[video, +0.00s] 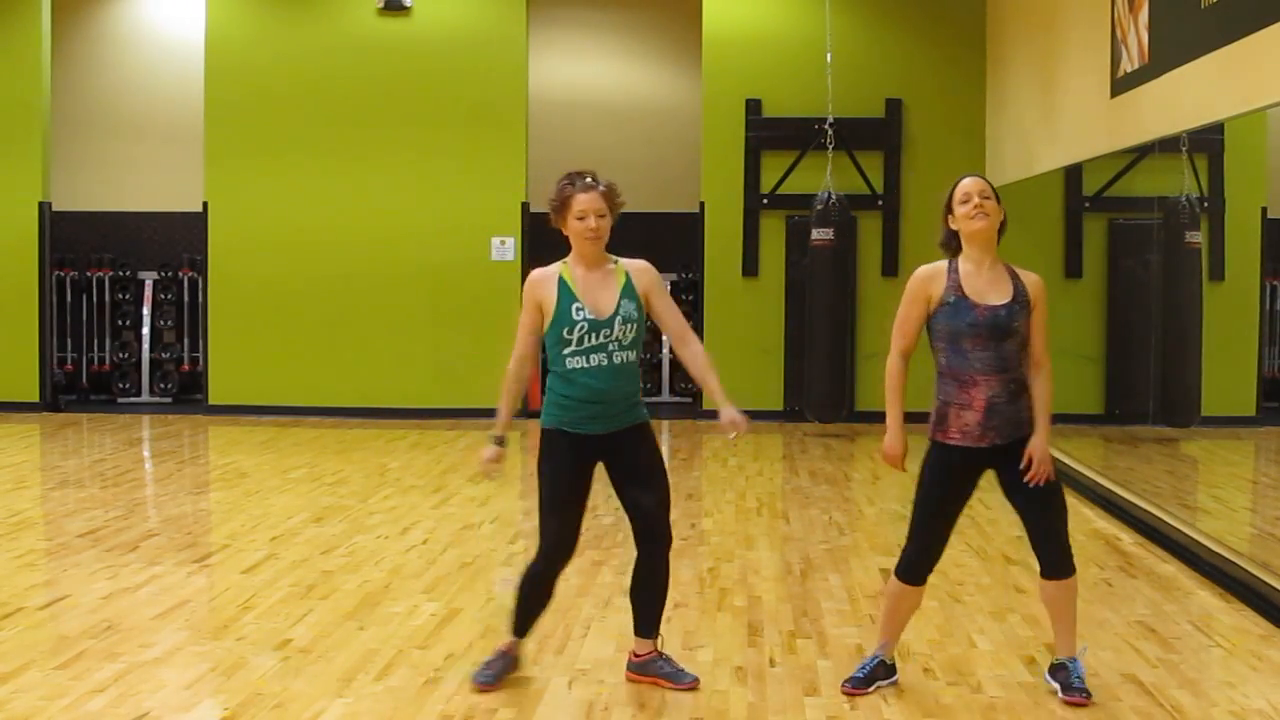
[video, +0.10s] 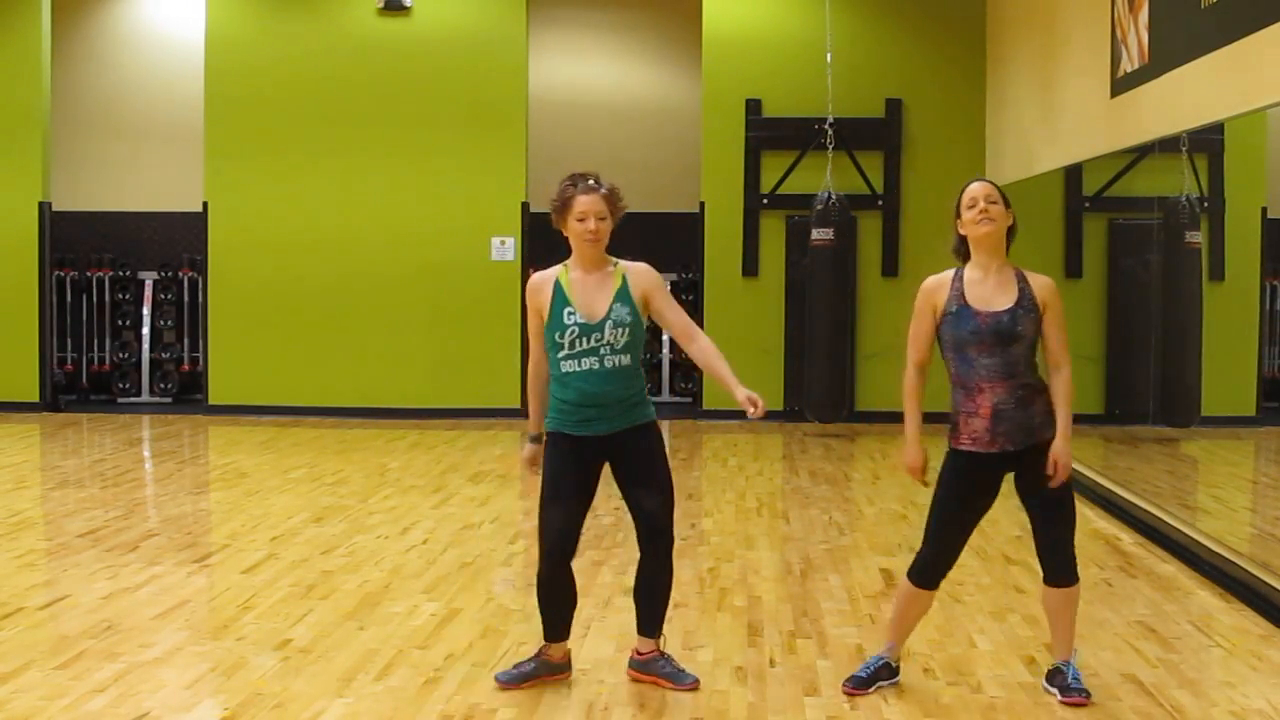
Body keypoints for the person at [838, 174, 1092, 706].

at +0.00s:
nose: (977, 203)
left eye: (986, 196)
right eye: (966, 199)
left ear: (1001, 215)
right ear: (951, 220)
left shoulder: (1029, 285)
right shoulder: (929, 280)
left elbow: (1038, 364)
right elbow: (898, 353)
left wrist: (1041, 434)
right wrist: (894, 427)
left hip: (1019, 441)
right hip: (954, 443)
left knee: (1056, 551)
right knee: (918, 555)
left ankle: (1066, 661)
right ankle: (882, 656)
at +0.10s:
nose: (983, 208)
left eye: (992, 201)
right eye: (972, 205)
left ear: (1010, 218)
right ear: (960, 227)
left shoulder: (1040, 288)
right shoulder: (937, 289)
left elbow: (1059, 365)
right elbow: (915, 366)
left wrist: (1063, 436)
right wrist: (912, 439)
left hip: (1037, 443)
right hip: (972, 448)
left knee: (1059, 558)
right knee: (933, 558)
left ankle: (1063, 664)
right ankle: (887, 658)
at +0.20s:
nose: (986, 208)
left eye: (997, 201)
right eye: (977, 203)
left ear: (1017, 220)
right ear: (965, 223)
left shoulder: (1042, 285)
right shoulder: (943, 293)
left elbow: (1065, 365)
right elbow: (935, 371)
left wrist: (1070, 437)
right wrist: (934, 443)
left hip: (1041, 442)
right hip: (975, 446)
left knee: (1059, 560)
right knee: (929, 551)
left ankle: (1064, 664)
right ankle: (903, 659)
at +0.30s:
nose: (986, 207)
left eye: (998, 202)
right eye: (978, 202)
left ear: (1018, 221)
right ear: (966, 220)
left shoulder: (1037, 283)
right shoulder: (947, 293)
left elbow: (1067, 360)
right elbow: (941, 369)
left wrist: (1069, 433)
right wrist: (934, 436)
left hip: (1035, 442)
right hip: (972, 443)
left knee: (1052, 558)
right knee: (913, 537)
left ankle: (1069, 663)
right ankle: (902, 654)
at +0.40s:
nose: (982, 204)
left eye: (996, 201)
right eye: (976, 199)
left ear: (1014, 223)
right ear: (963, 216)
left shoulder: (1029, 281)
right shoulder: (941, 291)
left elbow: (1062, 358)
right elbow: (928, 365)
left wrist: (1067, 434)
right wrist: (914, 433)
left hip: (1024, 441)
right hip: (963, 441)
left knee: (1049, 557)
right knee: (901, 533)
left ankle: (1080, 659)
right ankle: (883, 649)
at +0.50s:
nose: (975, 207)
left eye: (988, 204)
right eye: (970, 200)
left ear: (1006, 226)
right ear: (956, 216)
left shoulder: (1016, 285)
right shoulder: (926, 288)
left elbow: (1049, 362)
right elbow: (901, 360)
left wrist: (1060, 437)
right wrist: (893, 428)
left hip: (1000, 443)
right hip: (938, 442)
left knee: (1036, 556)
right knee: (895, 547)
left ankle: (1082, 658)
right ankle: (870, 657)